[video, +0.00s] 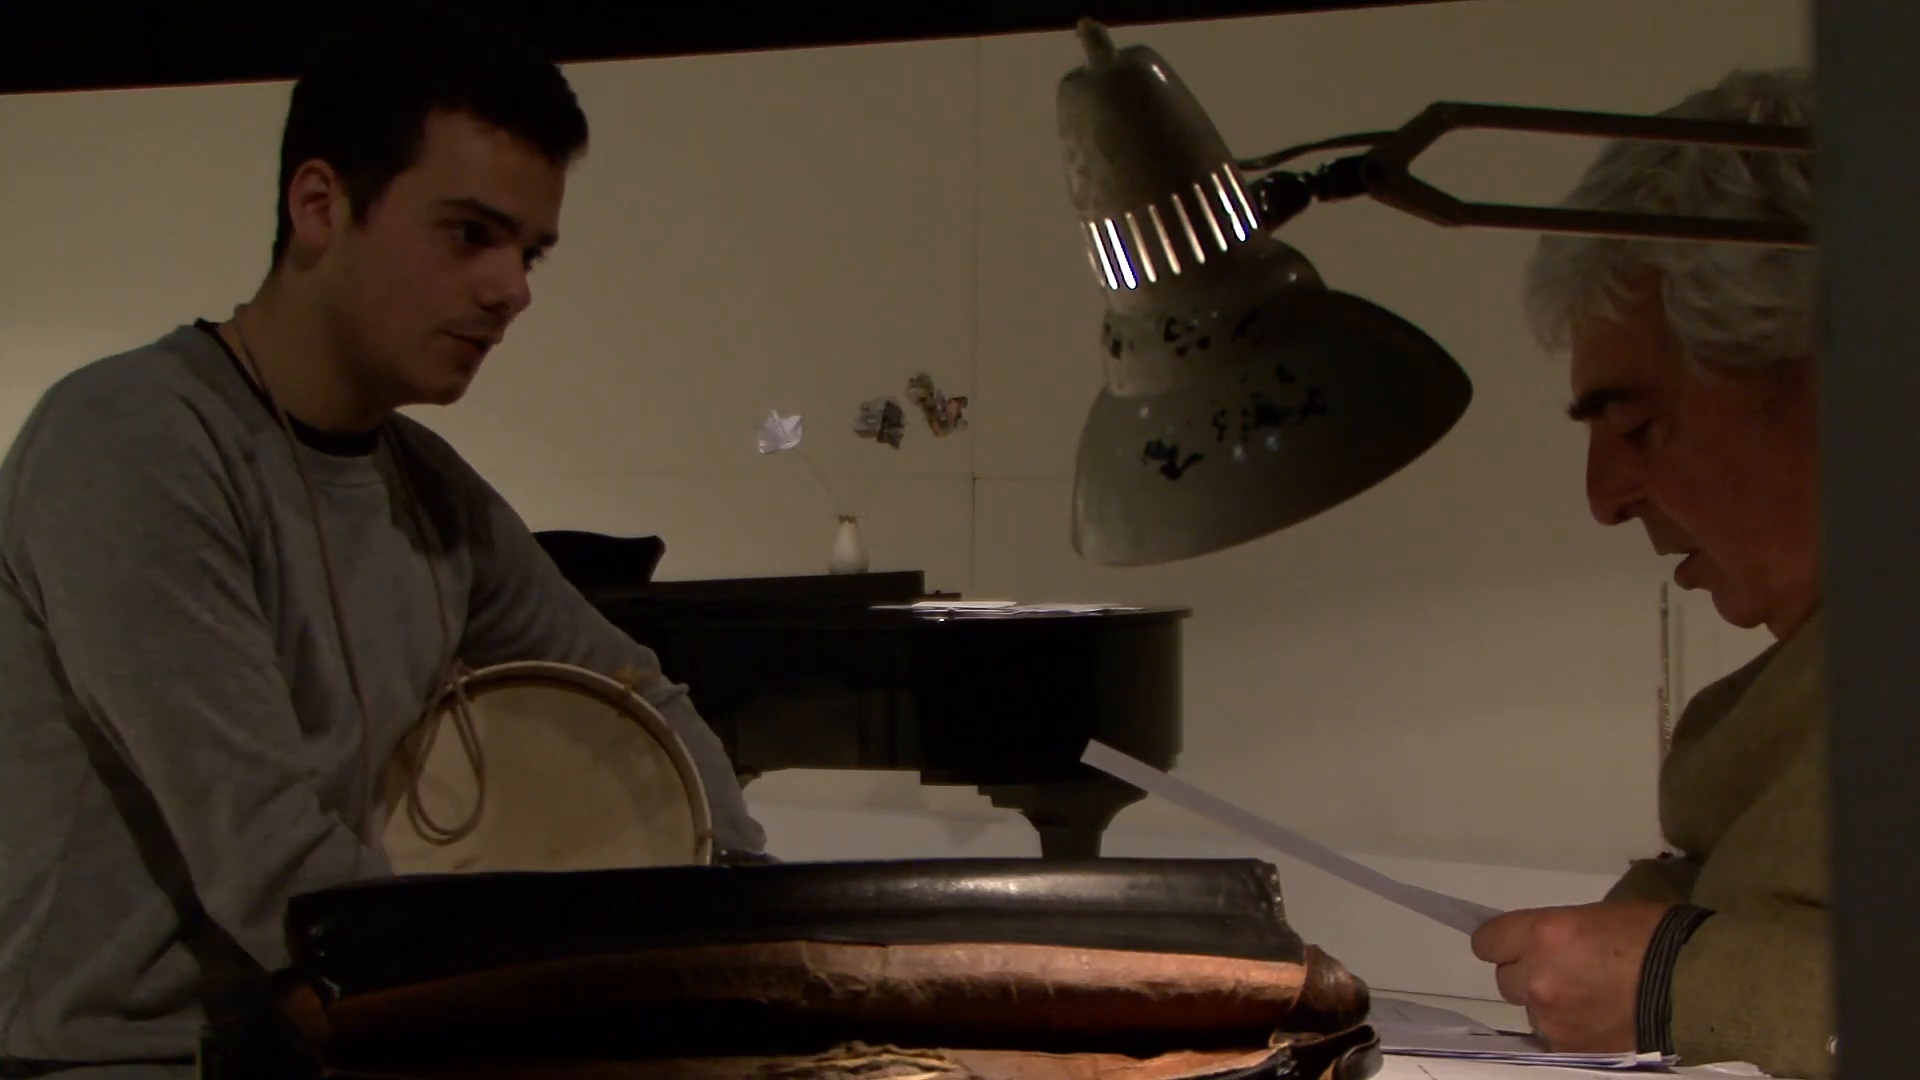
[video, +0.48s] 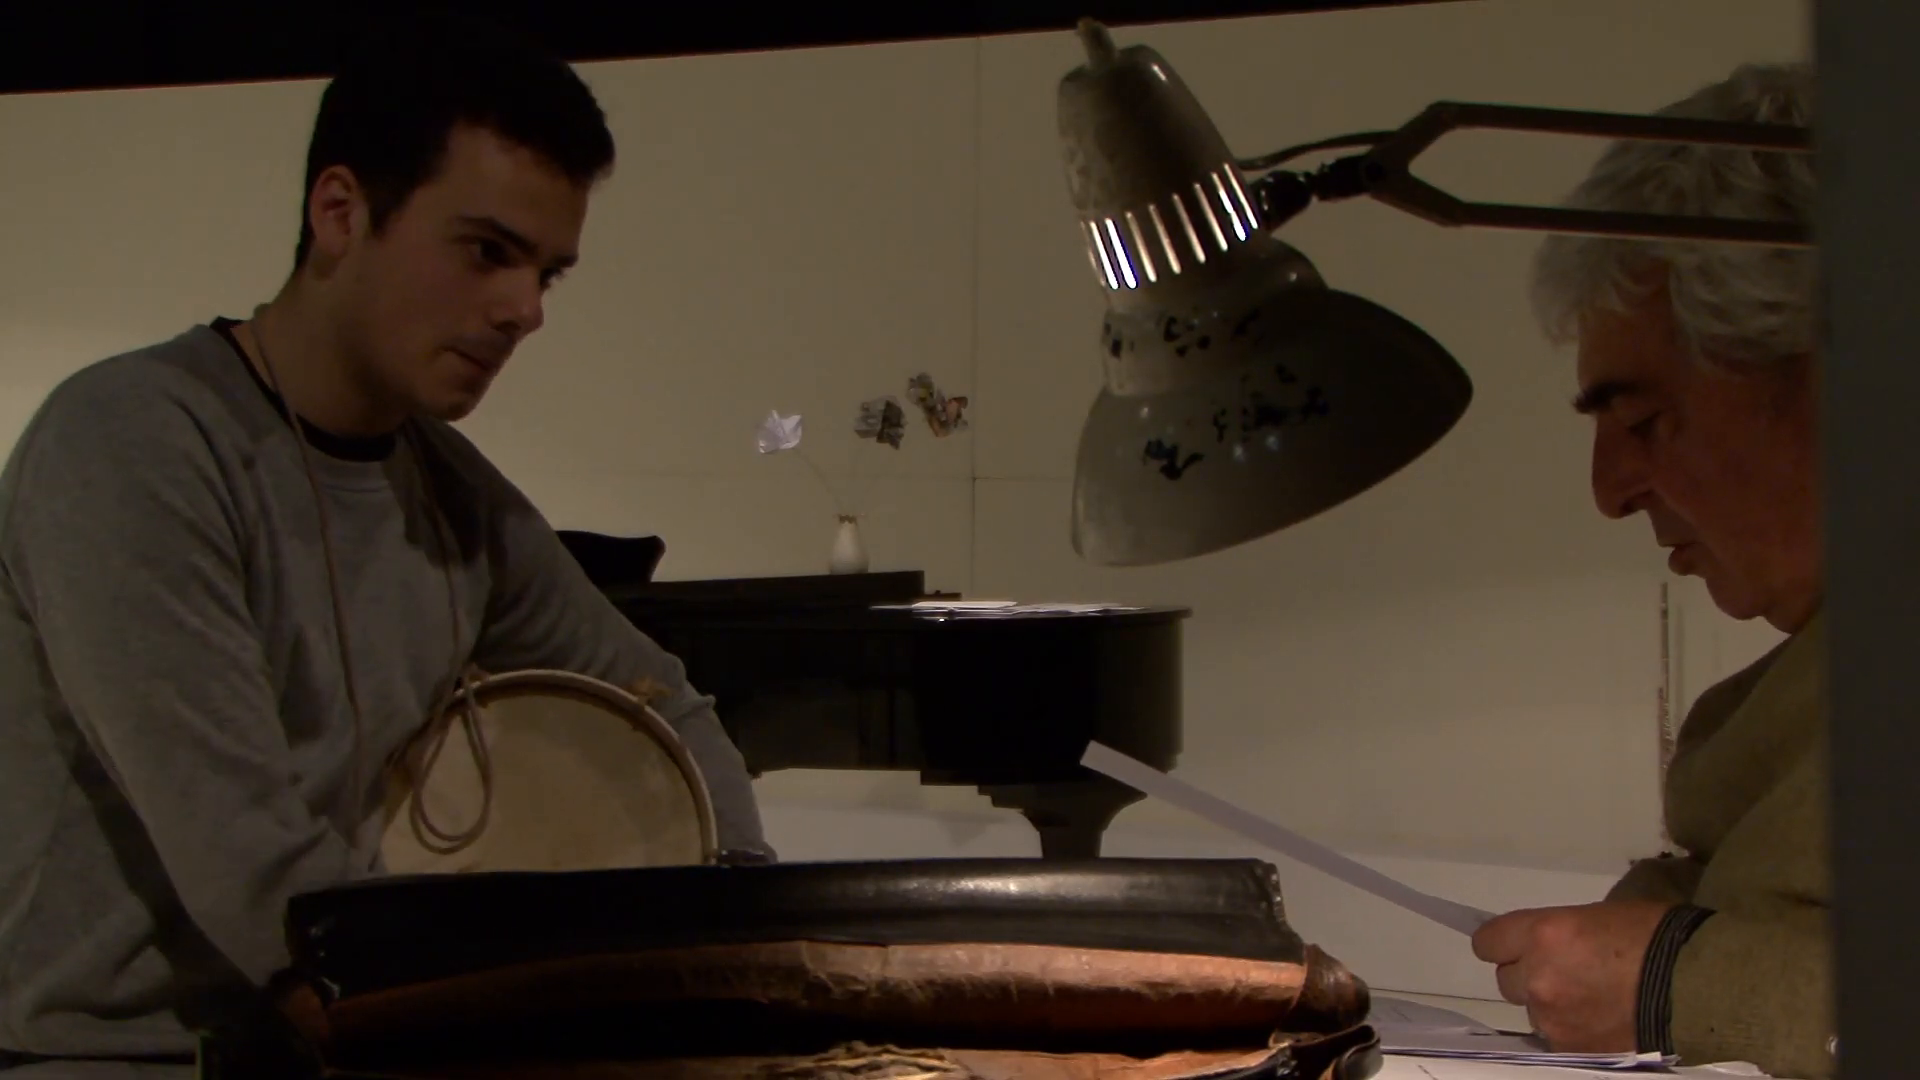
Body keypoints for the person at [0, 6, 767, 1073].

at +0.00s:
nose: (510, 292)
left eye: (528, 256)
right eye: (469, 234)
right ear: (318, 206)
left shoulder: (435, 494)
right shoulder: (120, 444)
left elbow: (635, 700)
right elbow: (273, 871)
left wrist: (748, 919)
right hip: (116, 1057)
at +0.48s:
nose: (523, 310)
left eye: (547, 275)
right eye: (486, 251)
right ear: (340, 213)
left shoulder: (449, 488)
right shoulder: (121, 442)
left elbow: (653, 702)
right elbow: (260, 882)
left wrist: (743, 927)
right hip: (110, 1054)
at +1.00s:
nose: (520, 431)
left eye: (544, 397)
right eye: (502, 371)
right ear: (377, 268)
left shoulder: (467, 523)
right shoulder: (86, 442)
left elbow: (665, 745)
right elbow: (88, 872)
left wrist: (689, 966)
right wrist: (326, 1044)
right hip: (48, 1042)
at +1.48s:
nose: (354, 459)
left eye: (382, 423)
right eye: (333, 401)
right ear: (210, 287)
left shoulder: (346, 521)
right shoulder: (15, 468)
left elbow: (539, 730)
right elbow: (12, 932)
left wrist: (573, 972)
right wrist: (191, 1062)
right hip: (44, 1041)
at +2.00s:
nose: (148, 447)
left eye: (188, 404)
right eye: (107, 395)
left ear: (215, 357)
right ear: (8, 316)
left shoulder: (196, 473)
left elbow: (365, 623)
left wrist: (574, 750)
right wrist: (19, 984)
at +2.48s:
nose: (540, 478)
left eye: (565, 437)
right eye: (510, 424)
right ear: (376, 307)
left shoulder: (514, 516)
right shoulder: (65, 472)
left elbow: (586, 820)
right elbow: (4, 854)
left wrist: (744, 948)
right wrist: (227, 888)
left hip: (364, 1050)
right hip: (72, 1055)